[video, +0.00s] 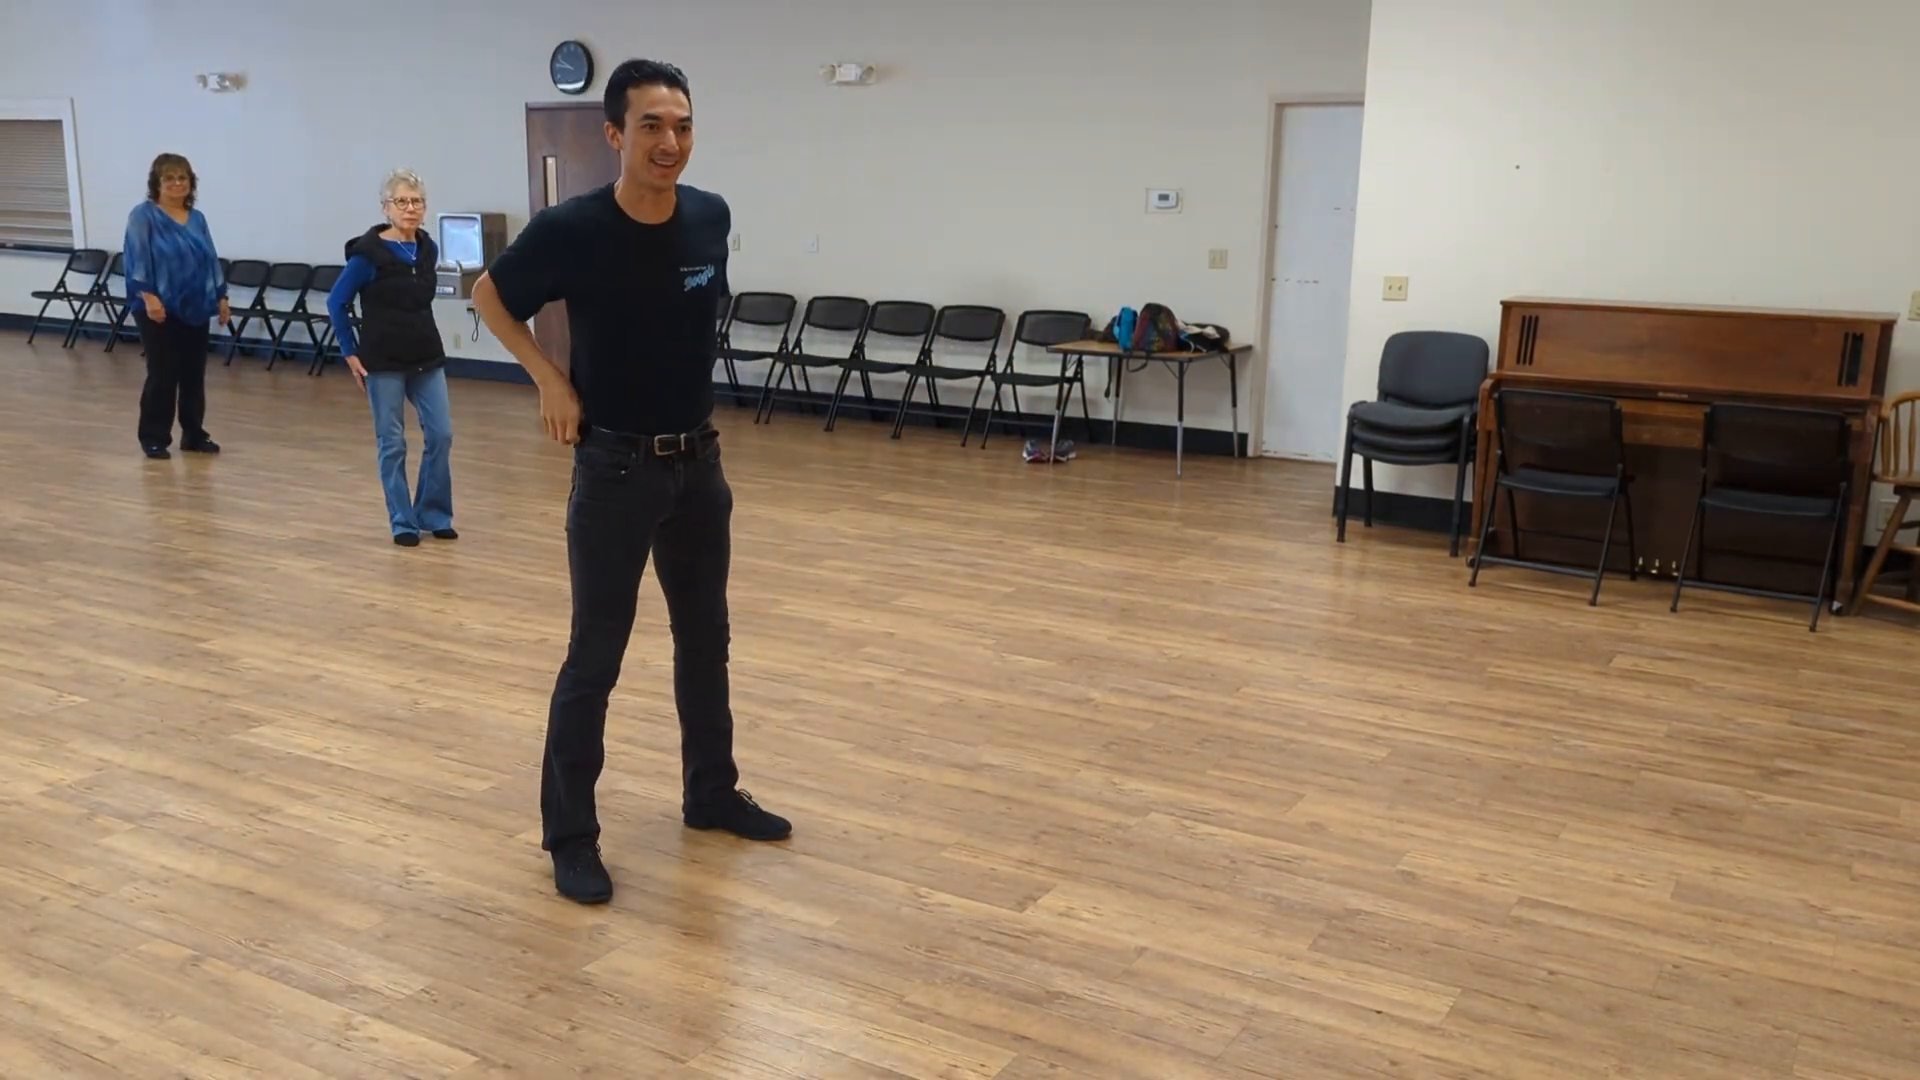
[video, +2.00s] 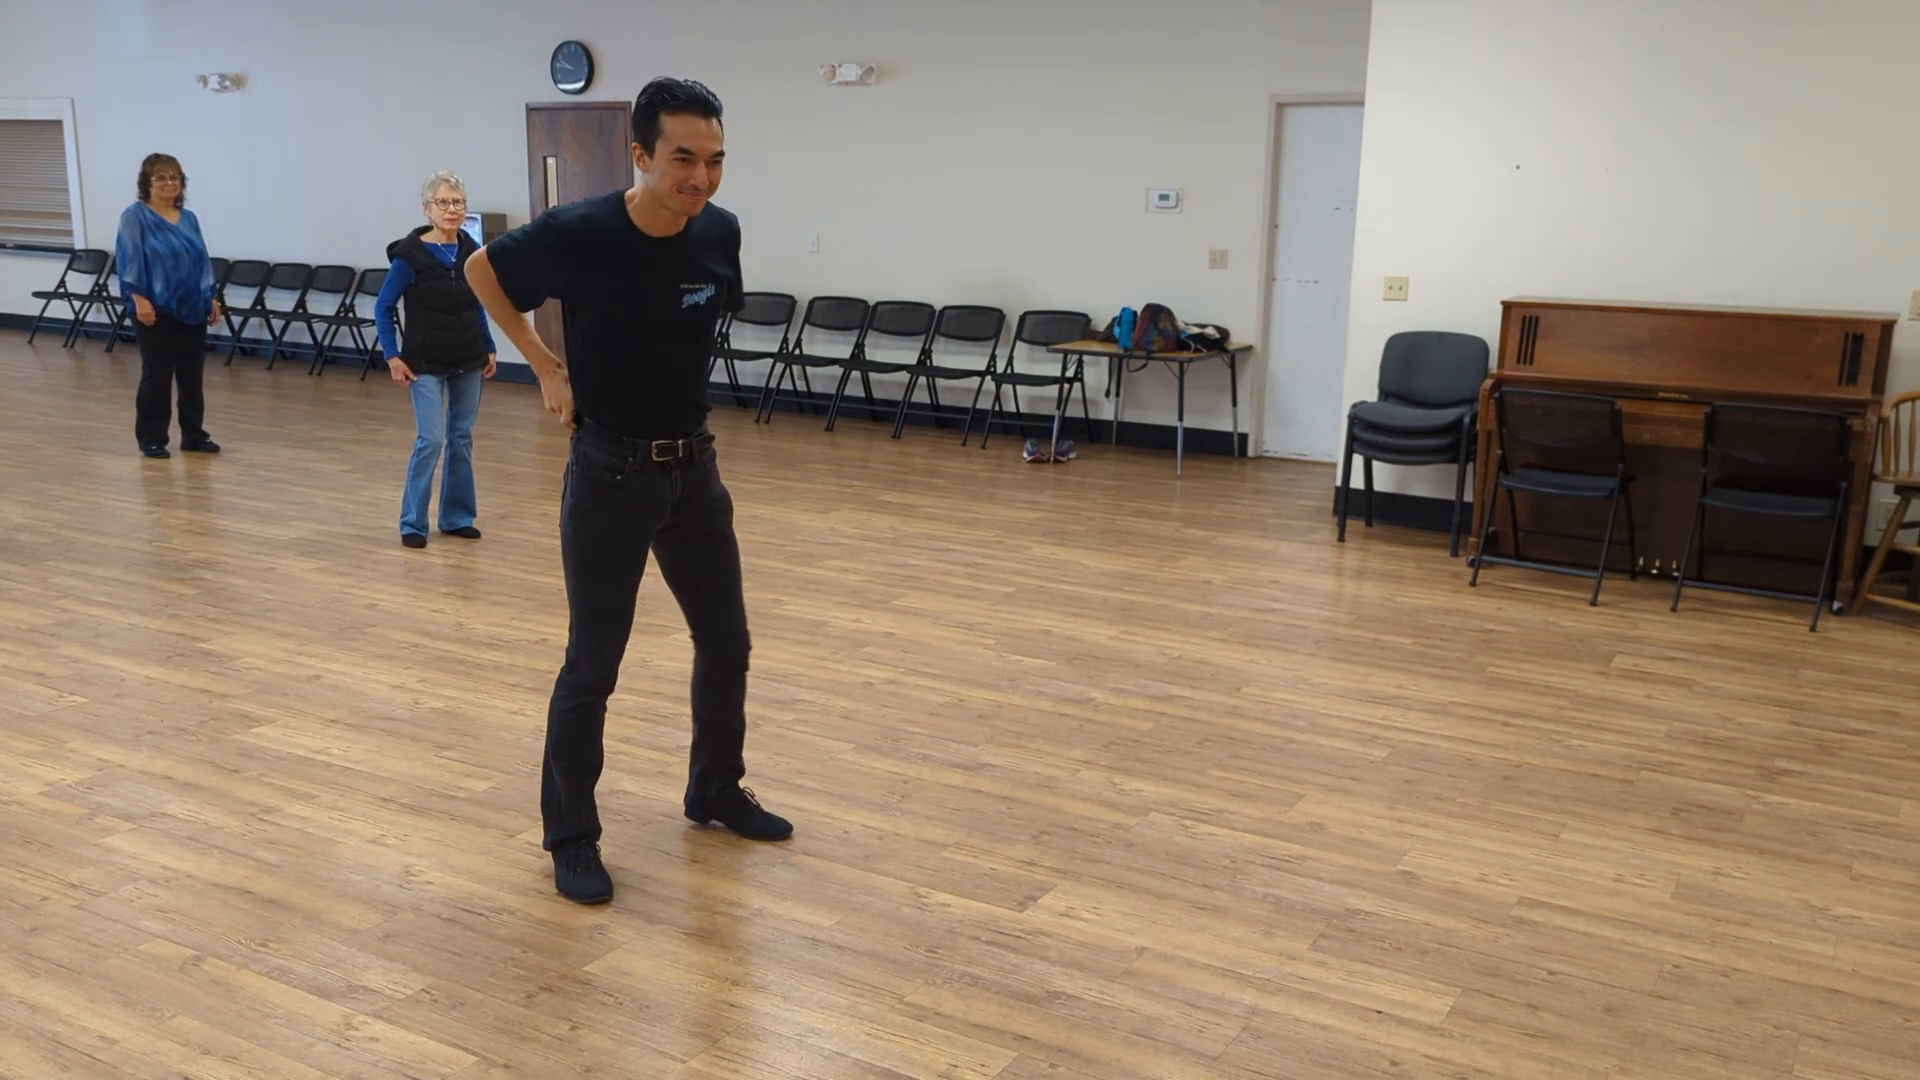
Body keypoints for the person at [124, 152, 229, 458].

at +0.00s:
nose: (176, 183)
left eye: (182, 178)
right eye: (169, 178)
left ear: (190, 183)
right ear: (157, 182)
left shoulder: (197, 218)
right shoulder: (143, 215)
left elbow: (211, 261)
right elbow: (137, 262)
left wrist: (221, 297)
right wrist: (148, 296)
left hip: (195, 308)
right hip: (159, 307)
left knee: (193, 373)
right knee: (163, 373)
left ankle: (193, 434)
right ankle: (154, 439)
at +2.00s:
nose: (168, 183)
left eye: (174, 178)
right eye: (161, 178)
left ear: (180, 183)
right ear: (147, 183)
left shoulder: (188, 218)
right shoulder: (135, 216)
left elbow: (202, 262)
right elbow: (130, 262)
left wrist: (212, 296)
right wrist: (139, 298)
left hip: (192, 307)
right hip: (156, 308)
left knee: (192, 375)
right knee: (157, 375)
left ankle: (193, 436)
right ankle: (152, 440)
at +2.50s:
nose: (174, 183)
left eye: (179, 179)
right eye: (166, 178)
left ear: (184, 183)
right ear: (150, 183)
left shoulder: (189, 218)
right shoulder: (135, 216)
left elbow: (204, 261)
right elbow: (130, 262)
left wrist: (213, 296)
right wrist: (139, 297)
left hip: (192, 308)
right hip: (156, 308)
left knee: (192, 375)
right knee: (158, 374)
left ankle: (193, 436)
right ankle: (152, 440)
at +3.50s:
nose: (182, 184)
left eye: (184, 179)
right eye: (175, 178)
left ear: (183, 183)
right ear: (156, 182)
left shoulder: (189, 217)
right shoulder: (136, 216)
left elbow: (203, 261)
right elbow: (132, 263)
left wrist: (213, 296)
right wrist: (140, 301)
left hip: (193, 308)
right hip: (157, 308)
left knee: (192, 375)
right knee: (158, 374)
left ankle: (193, 435)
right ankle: (152, 440)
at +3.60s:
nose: (181, 184)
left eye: (183, 179)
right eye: (174, 179)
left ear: (183, 183)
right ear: (155, 182)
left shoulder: (188, 216)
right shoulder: (136, 216)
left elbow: (203, 261)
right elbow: (131, 263)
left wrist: (214, 295)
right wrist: (140, 300)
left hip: (193, 308)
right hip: (157, 308)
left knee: (192, 375)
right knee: (158, 374)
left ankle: (193, 435)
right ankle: (152, 440)